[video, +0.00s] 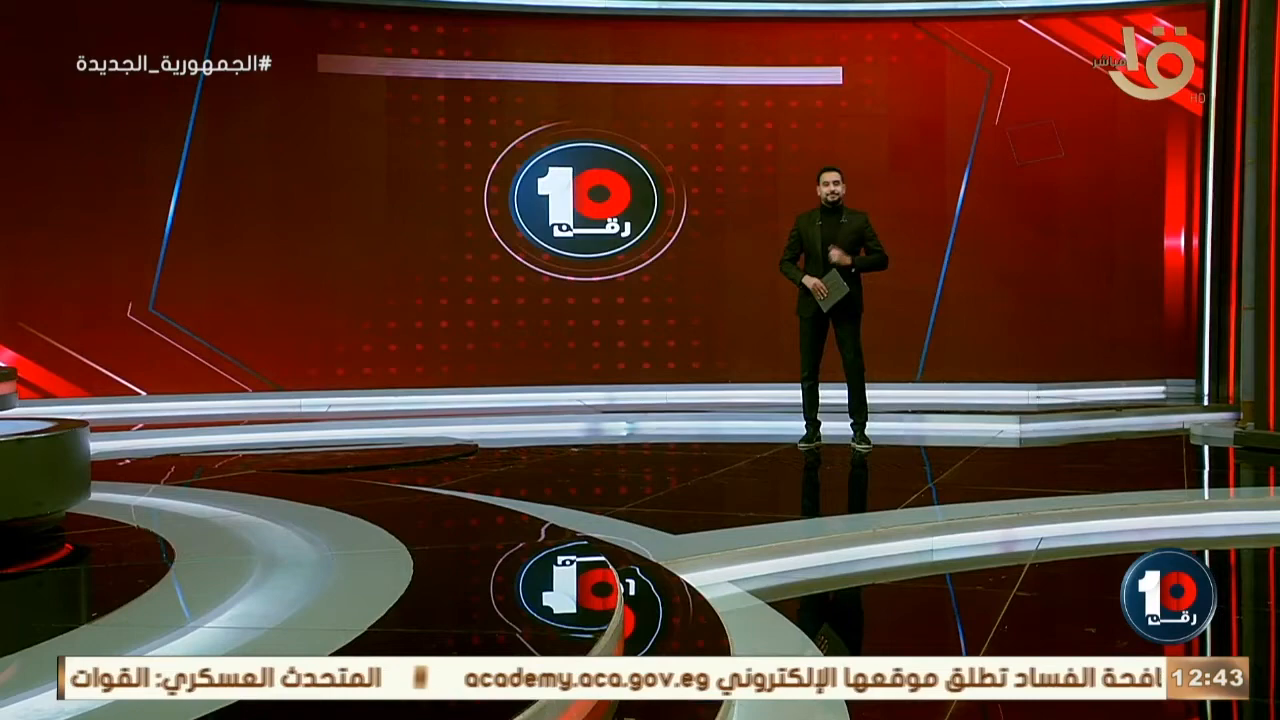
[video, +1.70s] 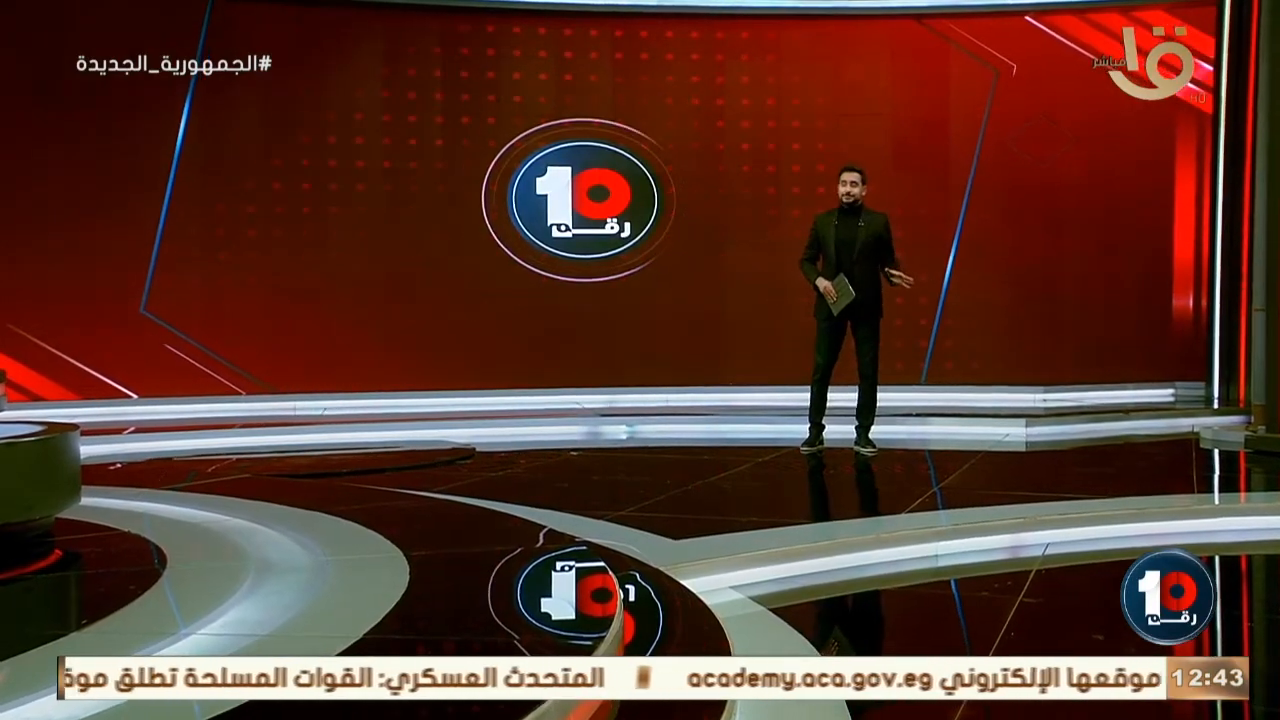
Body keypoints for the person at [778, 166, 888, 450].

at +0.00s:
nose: (832, 189)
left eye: (836, 184)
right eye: (826, 184)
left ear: (844, 187)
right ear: (818, 189)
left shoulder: (858, 220)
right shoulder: (805, 222)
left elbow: (880, 259)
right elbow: (786, 263)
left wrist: (851, 261)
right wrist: (805, 279)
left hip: (847, 304)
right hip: (812, 304)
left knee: (853, 366)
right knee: (809, 369)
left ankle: (859, 430)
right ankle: (811, 429)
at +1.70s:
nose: (848, 189)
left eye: (854, 184)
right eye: (844, 184)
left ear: (864, 189)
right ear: (837, 188)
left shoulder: (878, 222)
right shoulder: (823, 222)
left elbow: (888, 262)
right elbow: (807, 262)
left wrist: (893, 275)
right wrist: (818, 280)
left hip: (867, 306)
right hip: (831, 305)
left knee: (868, 371)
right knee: (822, 368)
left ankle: (863, 434)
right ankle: (815, 431)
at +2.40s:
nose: (857, 189)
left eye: (863, 185)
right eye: (853, 184)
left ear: (873, 190)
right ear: (847, 188)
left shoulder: (888, 223)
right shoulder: (832, 221)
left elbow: (899, 264)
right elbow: (816, 261)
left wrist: (896, 277)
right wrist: (825, 281)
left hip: (873, 308)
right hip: (839, 307)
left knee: (873, 374)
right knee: (827, 369)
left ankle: (864, 436)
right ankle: (822, 433)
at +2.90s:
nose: (862, 189)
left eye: (868, 185)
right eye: (858, 183)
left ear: (878, 190)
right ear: (851, 187)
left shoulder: (891, 223)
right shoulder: (835, 221)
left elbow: (901, 264)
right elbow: (817, 261)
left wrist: (899, 277)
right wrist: (828, 280)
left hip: (875, 309)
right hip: (840, 307)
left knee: (873, 375)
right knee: (829, 370)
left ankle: (865, 438)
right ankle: (823, 435)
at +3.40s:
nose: (865, 189)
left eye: (871, 185)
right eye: (861, 183)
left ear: (880, 190)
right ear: (853, 187)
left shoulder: (892, 224)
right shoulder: (837, 222)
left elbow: (903, 262)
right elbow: (821, 262)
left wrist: (904, 277)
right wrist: (830, 282)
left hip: (878, 309)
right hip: (842, 307)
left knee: (875, 376)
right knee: (830, 371)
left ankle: (867, 438)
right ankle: (824, 436)